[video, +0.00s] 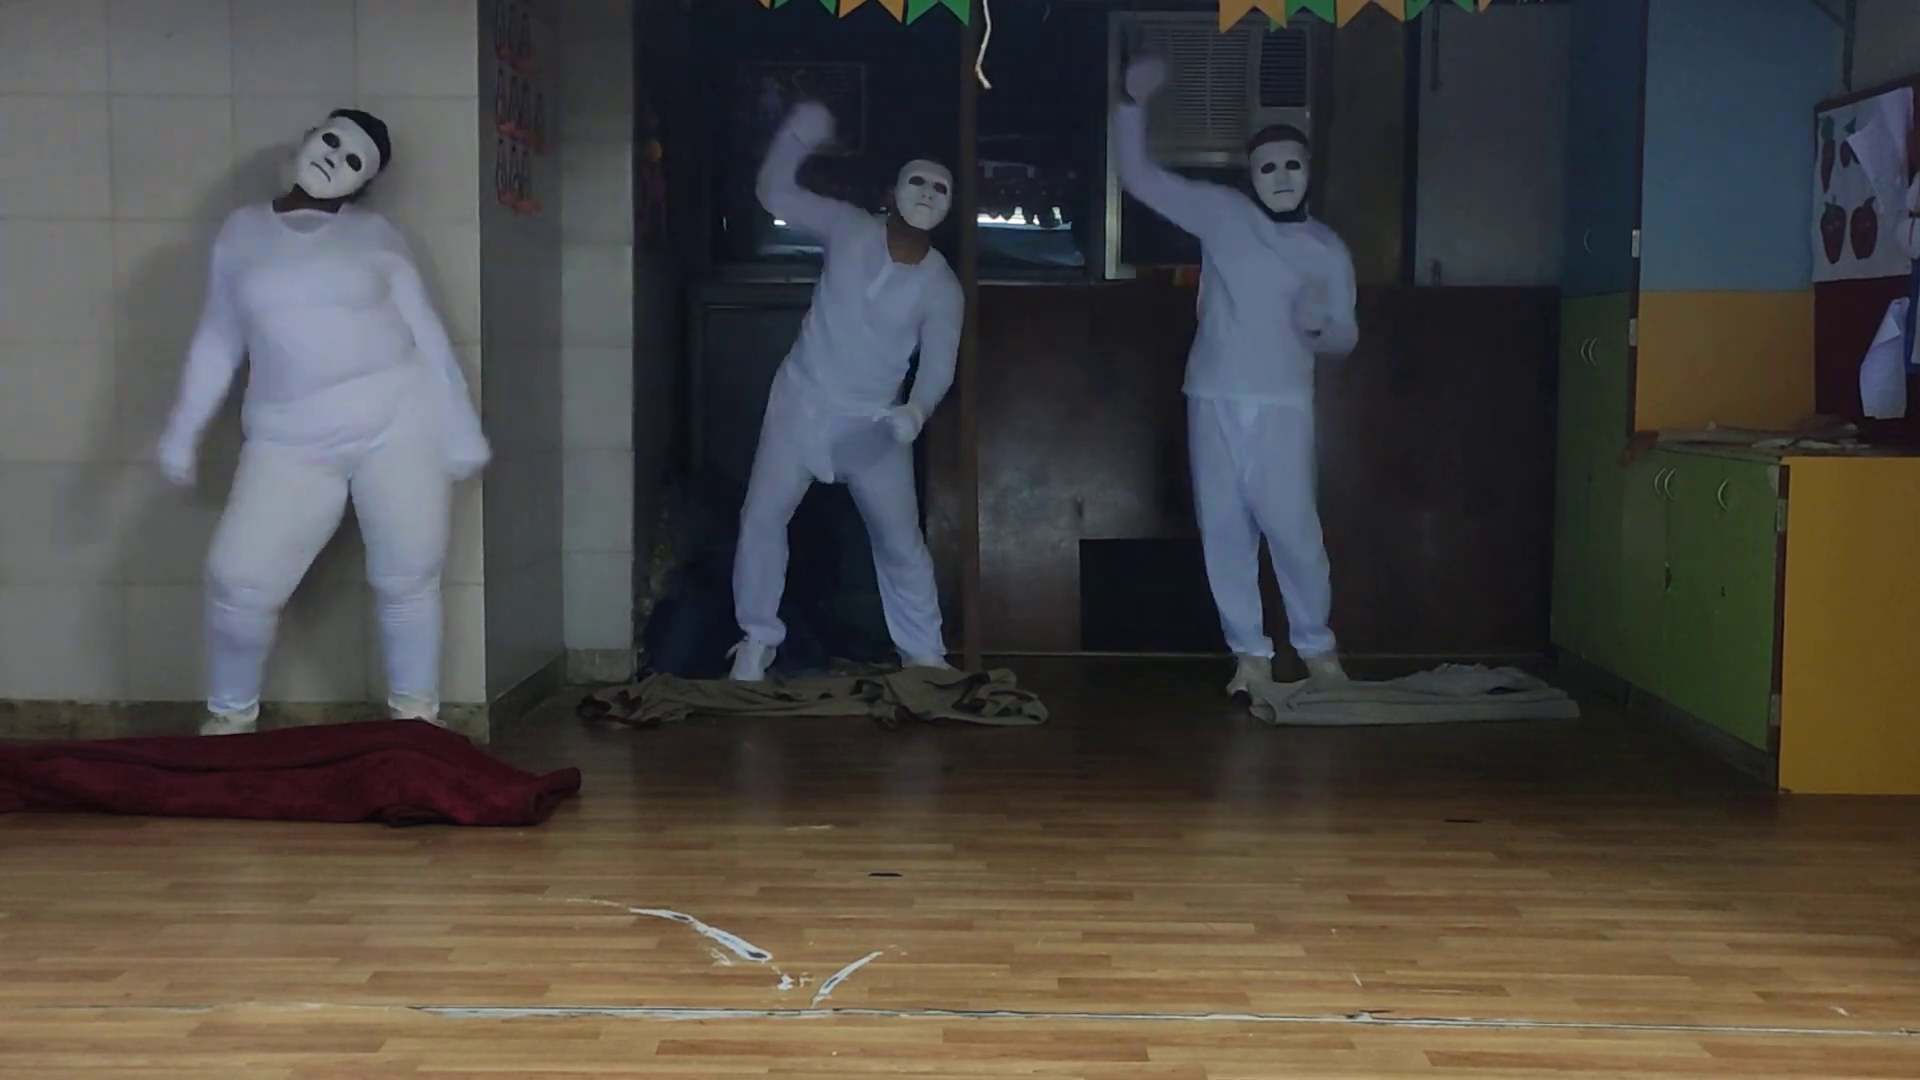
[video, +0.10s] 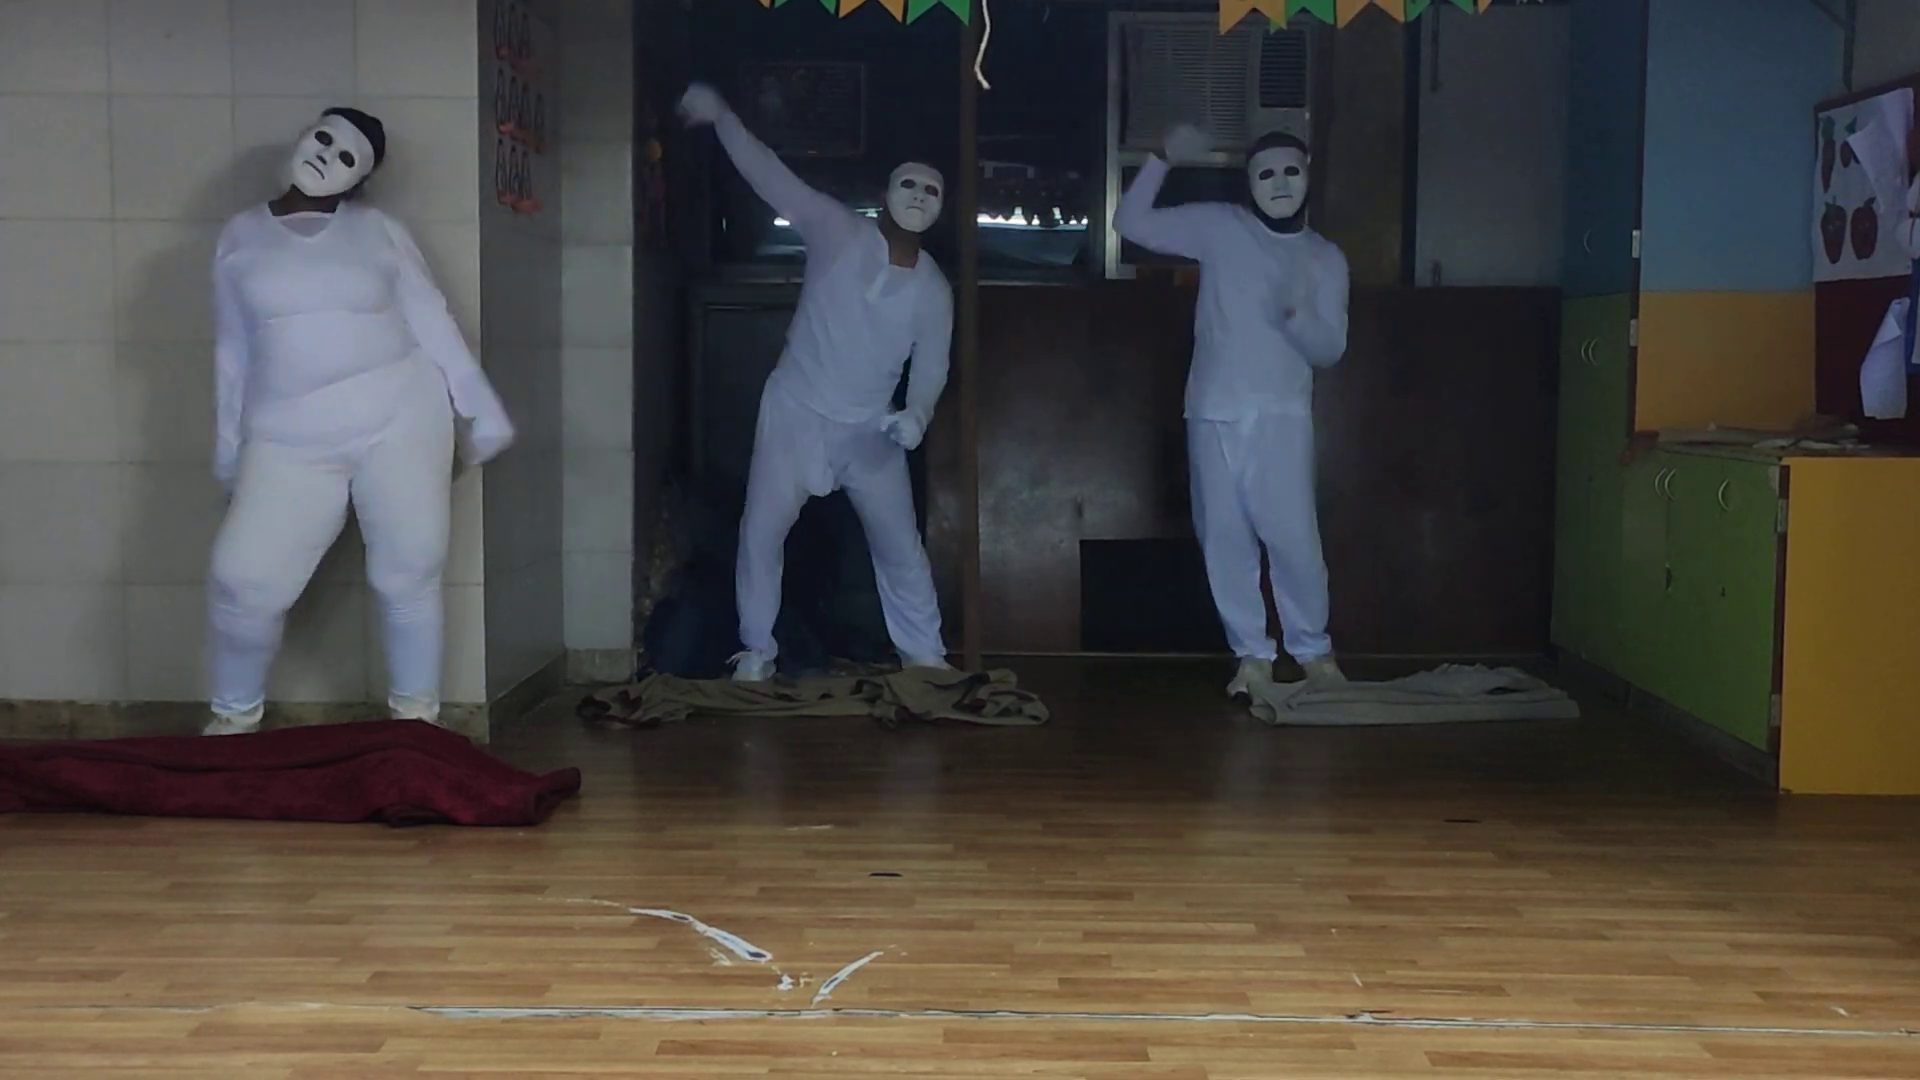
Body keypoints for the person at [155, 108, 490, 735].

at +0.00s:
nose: (333, 161)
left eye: (352, 163)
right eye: (330, 144)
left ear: (363, 183)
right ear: (304, 143)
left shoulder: (377, 239)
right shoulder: (244, 237)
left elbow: (429, 338)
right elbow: (217, 341)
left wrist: (462, 431)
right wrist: (182, 436)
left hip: (395, 428)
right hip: (290, 442)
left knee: (407, 578)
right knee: (239, 580)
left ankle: (414, 715)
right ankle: (231, 716)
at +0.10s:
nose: (326, 158)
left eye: (345, 160)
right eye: (322, 142)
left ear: (357, 180)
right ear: (299, 142)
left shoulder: (380, 233)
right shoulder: (242, 239)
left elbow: (434, 325)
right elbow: (232, 350)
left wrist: (485, 413)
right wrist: (228, 445)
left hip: (399, 421)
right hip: (292, 434)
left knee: (409, 574)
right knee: (243, 578)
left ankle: (414, 713)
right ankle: (235, 714)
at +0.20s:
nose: (277, 116)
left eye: (293, 103)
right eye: (265, 107)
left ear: (325, 116)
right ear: (253, 125)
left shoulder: (375, 196)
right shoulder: (239, 210)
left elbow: (456, 268)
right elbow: (200, 307)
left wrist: (540, 320)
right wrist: (139, 386)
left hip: (384, 401)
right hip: (273, 405)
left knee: (396, 562)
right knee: (231, 556)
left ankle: (415, 716)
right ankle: (223, 712)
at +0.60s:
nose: (235, 138)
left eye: (247, 122)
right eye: (218, 131)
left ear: (278, 129)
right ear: (209, 147)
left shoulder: (336, 215)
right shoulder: (197, 224)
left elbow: (397, 311)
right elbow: (158, 330)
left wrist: (465, 321)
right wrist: (113, 415)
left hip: (318, 417)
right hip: (207, 419)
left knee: (360, 565)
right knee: (214, 576)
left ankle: (389, 711)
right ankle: (231, 714)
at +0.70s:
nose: (249, 126)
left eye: (265, 113)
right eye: (235, 114)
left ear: (289, 124)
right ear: (218, 124)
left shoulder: (332, 210)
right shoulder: (185, 212)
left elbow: (361, 321)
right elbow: (156, 319)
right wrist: (145, 414)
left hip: (319, 408)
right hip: (210, 413)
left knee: (350, 561)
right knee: (226, 569)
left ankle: (381, 706)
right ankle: (234, 712)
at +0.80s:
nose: (253, 126)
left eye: (269, 115)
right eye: (239, 114)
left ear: (294, 126)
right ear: (222, 123)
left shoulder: (335, 210)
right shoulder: (190, 206)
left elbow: (369, 311)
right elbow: (130, 280)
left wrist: (375, 404)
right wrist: (76, 346)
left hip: (320, 414)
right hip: (215, 418)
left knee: (336, 569)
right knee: (233, 571)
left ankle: (354, 712)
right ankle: (236, 713)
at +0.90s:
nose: (256, 131)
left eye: (273, 118)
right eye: (242, 118)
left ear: (296, 130)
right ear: (225, 129)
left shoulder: (340, 211)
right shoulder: (195, 205)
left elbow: (386, 307)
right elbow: (101, 227)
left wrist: (395, 392)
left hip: (329, 416)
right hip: (225, 418)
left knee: (334, 571)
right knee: (238, 572)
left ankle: (348, 713)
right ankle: (237, 711)